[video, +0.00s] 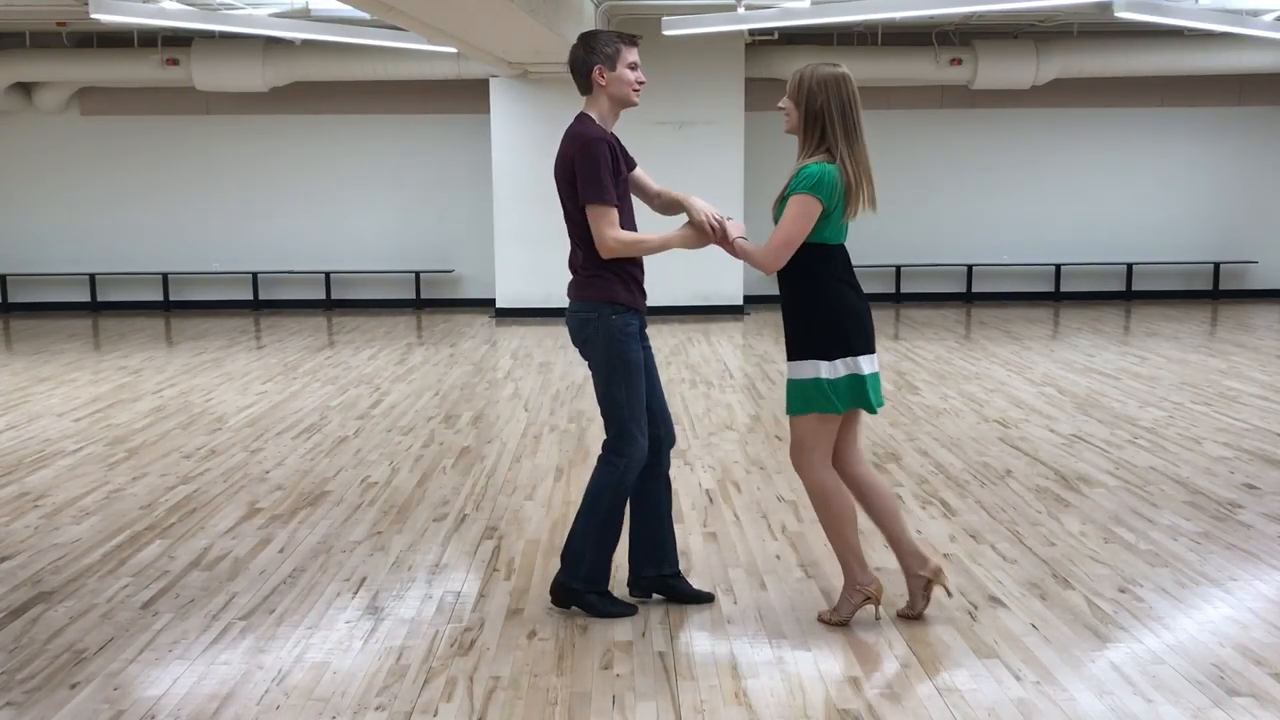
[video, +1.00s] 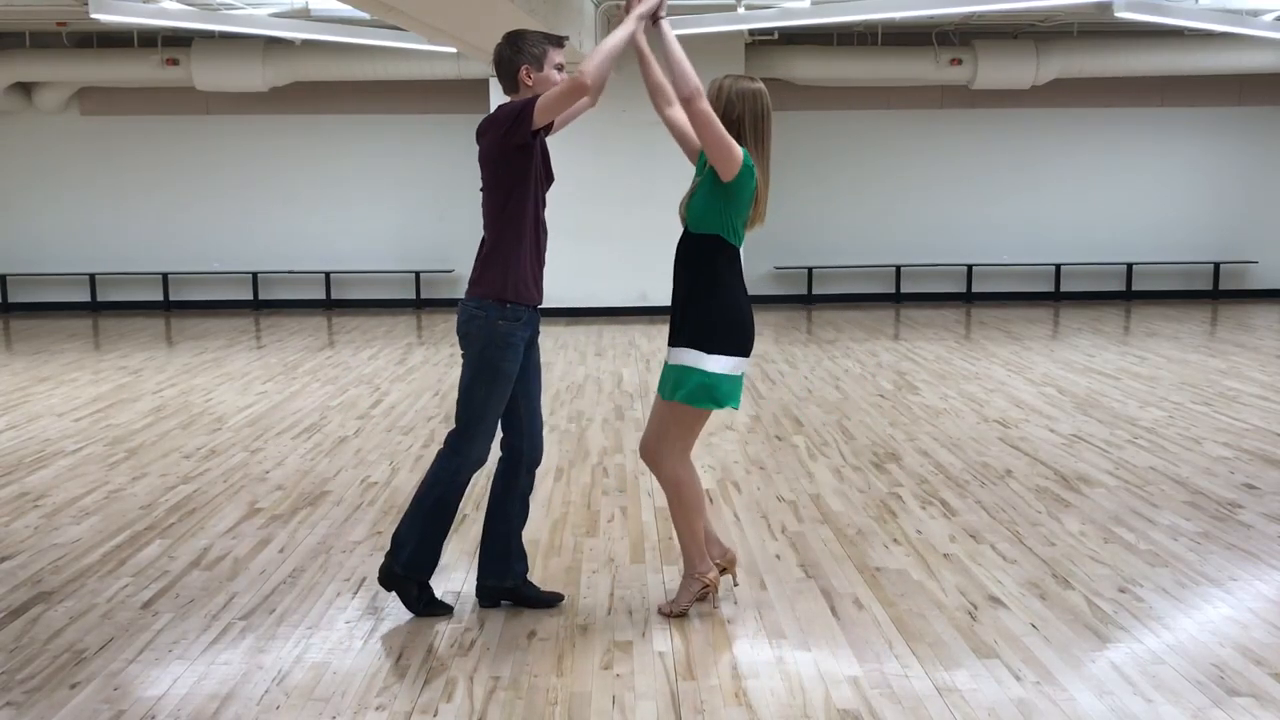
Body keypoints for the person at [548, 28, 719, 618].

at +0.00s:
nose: (642, 77)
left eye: (640, 67)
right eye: (632, 67)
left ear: (608, 78)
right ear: (599, 75)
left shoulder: (607, 141)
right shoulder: (589, 140)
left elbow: (657, 199)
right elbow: (608, 243)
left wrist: (692, 203)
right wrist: (680, 238)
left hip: (622, 312)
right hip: (602, 313)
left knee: (656, 439)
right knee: (628, 445)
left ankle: (653, 572)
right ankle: (576, 581)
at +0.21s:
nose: (629, 78)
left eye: (628, 68)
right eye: (620, 68)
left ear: (596, 77)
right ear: (587, 74)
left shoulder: (590, 139)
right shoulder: (571, 136)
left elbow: (630, 199)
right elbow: (581, 227)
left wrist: (666, 186)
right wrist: (654, 207)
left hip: (602, 312)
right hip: (585, 314)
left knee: (636, 432)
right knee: (616, 441)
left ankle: (598, 567)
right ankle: (576, 584)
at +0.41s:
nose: (608, 79)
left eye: (607, 70)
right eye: (598, 70)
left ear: (575, 79)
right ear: (565, 76)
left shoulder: (575, 139)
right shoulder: (545, 136)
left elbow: (623, 186)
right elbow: (578, 206)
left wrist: (648, 173)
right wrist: (634, 186)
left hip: (572, 311)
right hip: (563, 312)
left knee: (564, 441)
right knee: (605, 443)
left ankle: (507, 565)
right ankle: (579, 581)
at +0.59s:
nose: (590, 84)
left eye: (589, 75)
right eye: (581, 75)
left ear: (554, 83)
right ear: (549, 81)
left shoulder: (555, 137)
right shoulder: (528, 139)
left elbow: (593, 161)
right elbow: (585, 176)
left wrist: (630, 148)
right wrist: (632, 153)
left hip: (542, 315)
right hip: (537, 317)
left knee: (544, 446)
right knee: (581, 446)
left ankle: (500, 579)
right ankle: (533, 582)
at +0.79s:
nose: (574, 87)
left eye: (573, 76)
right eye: (566, 75)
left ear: (535, 84)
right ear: (534, 81)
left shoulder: (526, 136)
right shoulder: (515, 135)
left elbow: (596, 126)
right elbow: (588, 123)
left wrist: (625, 90)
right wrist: (626, 85)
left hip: (533, 321)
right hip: (516, 323)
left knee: (537, 452)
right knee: (523, 451)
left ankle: (505, 579)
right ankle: (424, 561)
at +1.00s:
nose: (568, 79)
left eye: (567, 69)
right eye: (560, 70)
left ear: (530, 78)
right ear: (529, 75)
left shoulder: (527, 129)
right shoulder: (503, 124)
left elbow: (586, 96)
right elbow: (586, 82)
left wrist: (634, 30)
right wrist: (631, 22)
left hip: (520, 317)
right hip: (493, 316)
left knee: (524, 448)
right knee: (469, 444)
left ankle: (500, 578)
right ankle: (404, 567)